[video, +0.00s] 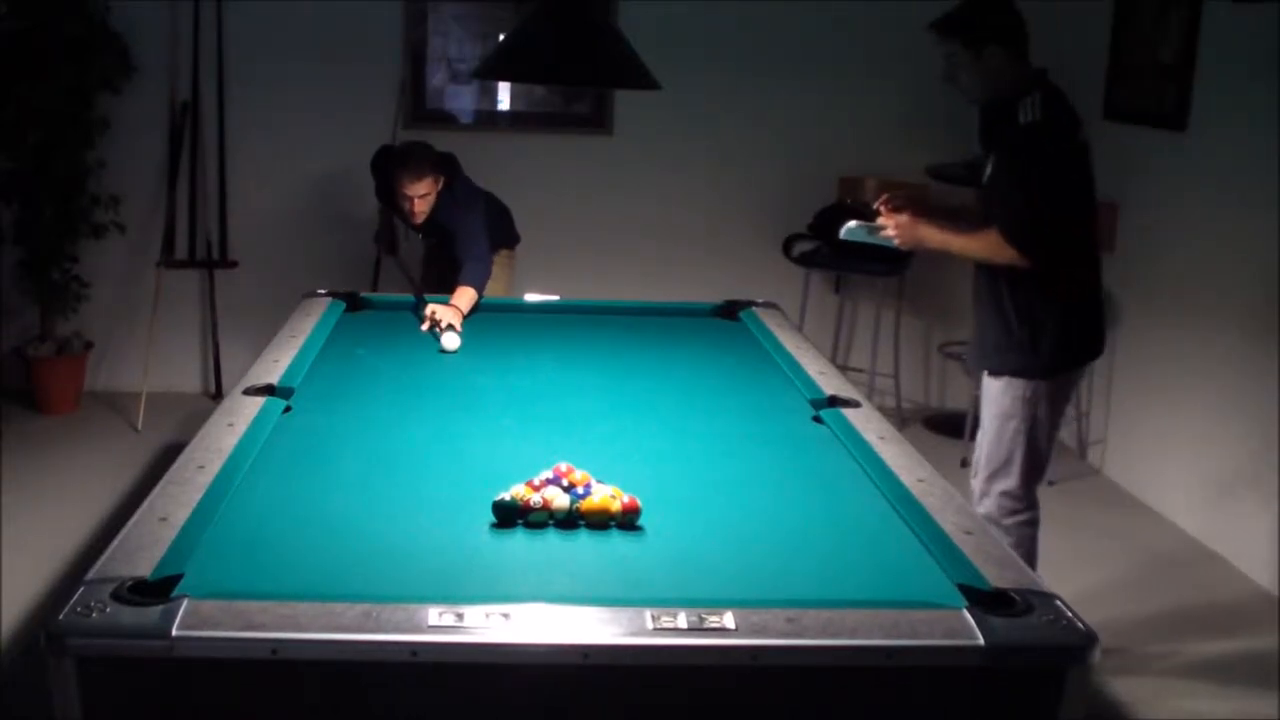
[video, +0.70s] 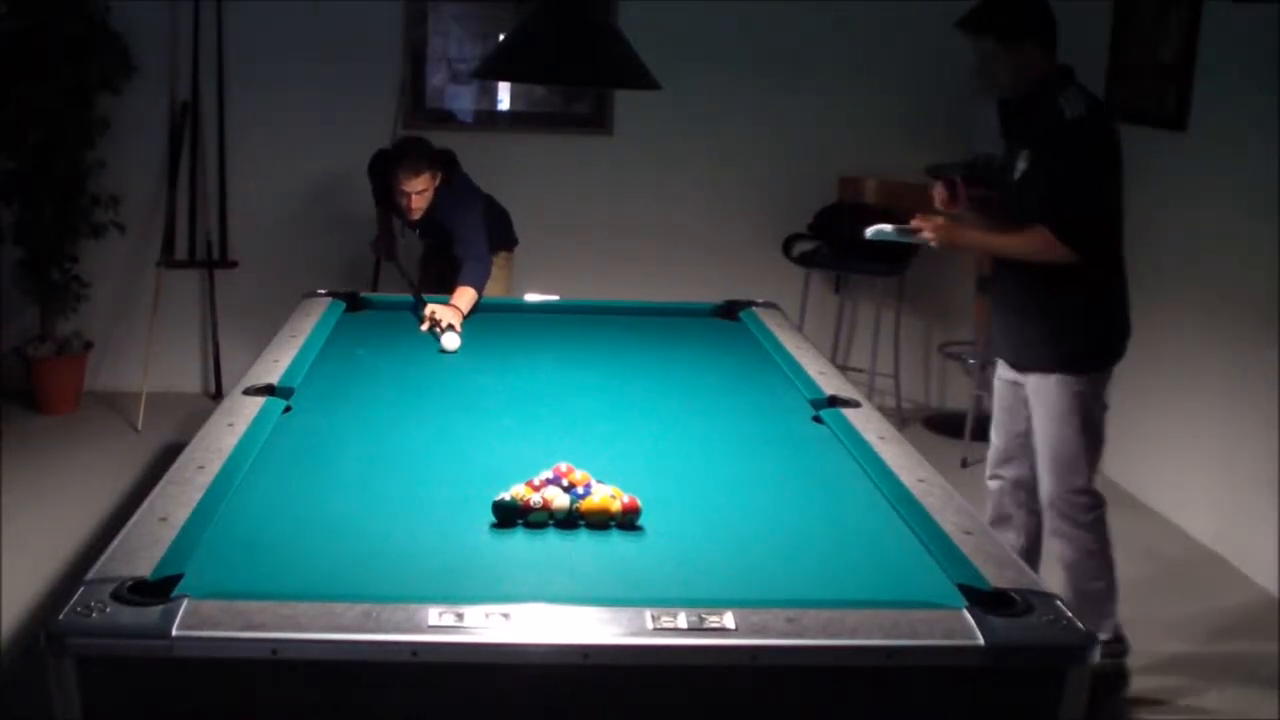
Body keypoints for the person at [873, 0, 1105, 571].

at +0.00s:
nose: (951, 79)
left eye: (958, 64)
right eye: (949, 65)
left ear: (993, 55)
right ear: (1001, 57)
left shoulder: (1037, 117)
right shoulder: (1016, 111)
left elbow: (1022, 245)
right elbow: (997, 212)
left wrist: (928, 235)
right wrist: (923, 210)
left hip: (1036, 344)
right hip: (1014, 337)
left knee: (1003, 498)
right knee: (992, 489)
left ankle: (1007, 629)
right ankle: (994, 620)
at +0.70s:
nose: (985, 69)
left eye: (993, 54)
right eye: (983, 55)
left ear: (1026, 49)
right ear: (1017, 51)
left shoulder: (1077, 118)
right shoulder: (1024, 113)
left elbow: (1069, 242)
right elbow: (1030, 215)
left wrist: (968, 237)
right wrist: (973, 204)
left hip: (1070, 346)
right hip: (1019, 338)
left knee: (1068, 502)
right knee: (1009, 487)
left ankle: (1097, 644)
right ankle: (1003, 627)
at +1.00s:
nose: (1069, 69)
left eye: (1082, 55)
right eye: (1068, 55)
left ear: (1122, 57)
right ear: (1077, 56)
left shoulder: (1179, 144)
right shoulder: (1075, 126)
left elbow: (1174, 261)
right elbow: (1068, 219)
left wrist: (1059, 252)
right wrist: (1019, 224)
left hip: (1138, 375)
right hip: (1061, 358)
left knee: (1158, 525)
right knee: (1035, 496)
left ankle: (1185, 674)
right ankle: (1011, 630)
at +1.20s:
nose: (1121, 75)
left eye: (1137, 60)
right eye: (1125, 60)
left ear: (1186, 64)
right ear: (1150, 70)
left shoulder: (1258, 156)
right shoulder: (1129, 146)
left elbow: (1263, 282)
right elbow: (1099, 241)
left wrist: (1149, 277)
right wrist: (1081, 251)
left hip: (1213, 391)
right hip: (1122, 375)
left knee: (1199, 547)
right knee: (1060, 505)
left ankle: (1191, 678)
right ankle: (1018, 634)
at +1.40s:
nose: (1228, 90)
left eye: (1242, 78)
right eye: (1220, 74)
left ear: (1266, 80)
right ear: (1205, 72)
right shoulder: (1174, 138)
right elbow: (1138, 248)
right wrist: (1154, 256)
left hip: (1262, 380)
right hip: (1167, 363)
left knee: (1232, 553)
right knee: (1111, 523)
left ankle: (1195, 681)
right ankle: (1094, 663)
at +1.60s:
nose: (1259, 77)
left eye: (1265, 64)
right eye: (1254, 62)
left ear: (1274, 70)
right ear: (1241, 62)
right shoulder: (1205, 142)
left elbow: (1149, 237)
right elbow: (1148, 236)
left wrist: (1182, 284)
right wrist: (1183, 287)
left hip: (1268, 382)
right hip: (1210, 374)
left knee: (1252, 563)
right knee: (1205, 561)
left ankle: (1209, 684)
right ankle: (1197, 698)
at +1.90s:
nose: (1273, 95)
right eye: (1273, 82)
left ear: (1270, 85)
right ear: (1269, 82)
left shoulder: (1254, 175)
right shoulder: (1252, 174)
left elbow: (1192, 292)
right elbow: (1191, 291)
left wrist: (1242, 331)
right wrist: (1245, 332)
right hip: (1262, 437)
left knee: (1267, 614)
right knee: (1265, 619)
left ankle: (1247, 679)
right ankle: (1256, 699)